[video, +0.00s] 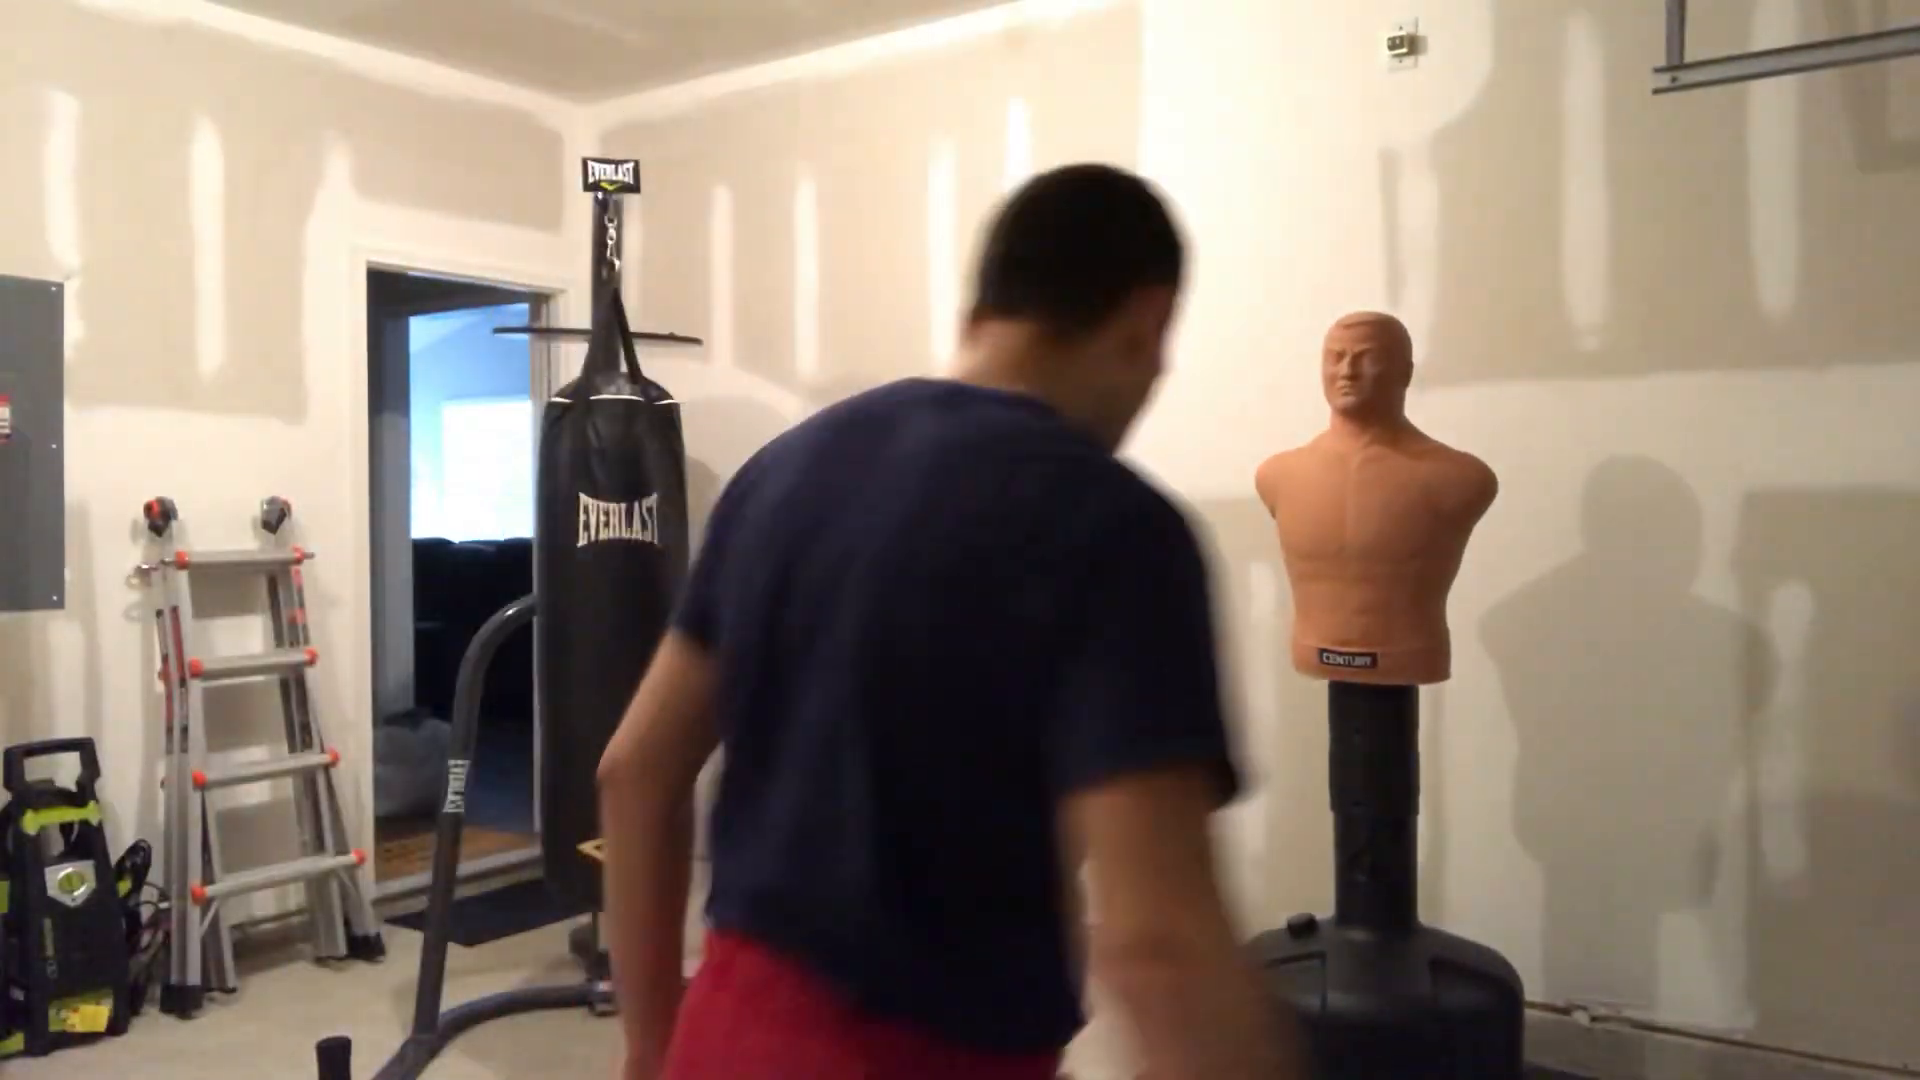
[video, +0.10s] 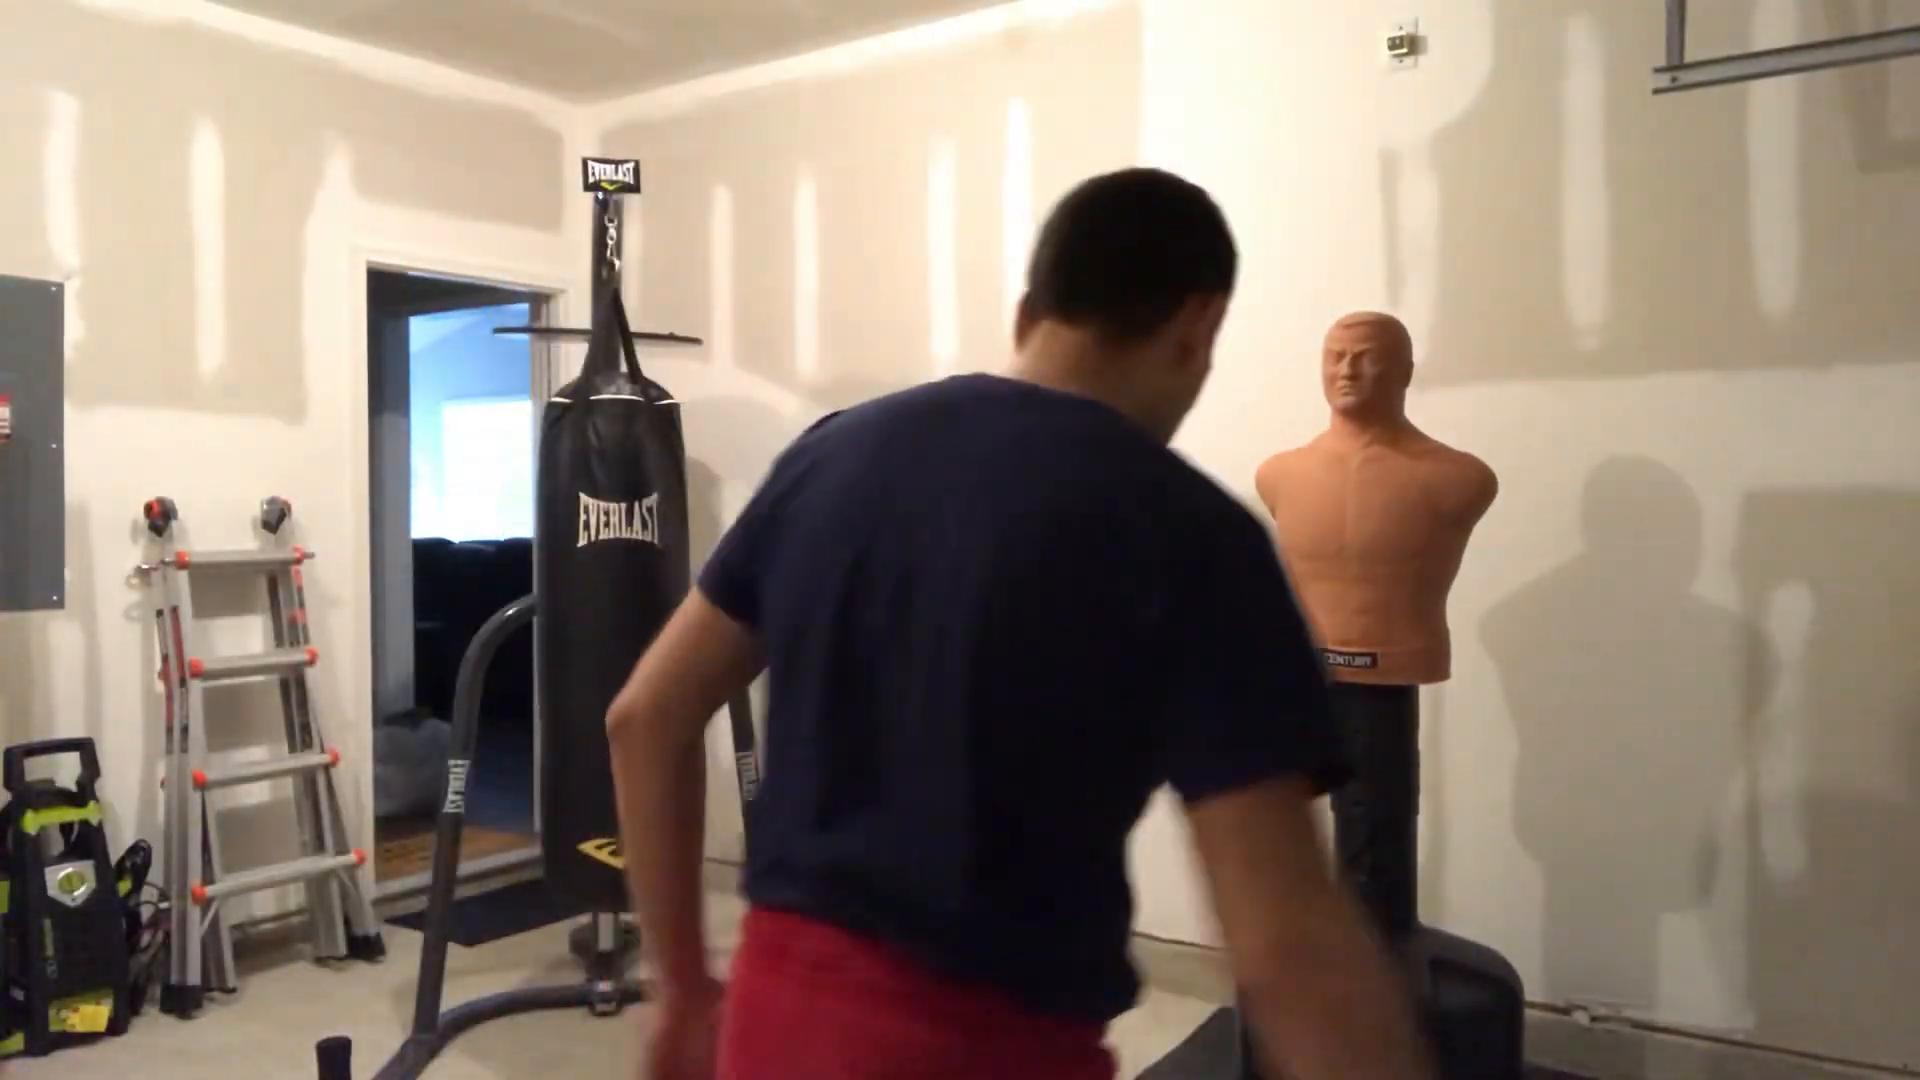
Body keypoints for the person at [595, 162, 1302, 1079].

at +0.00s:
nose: (1158, 371)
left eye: (1164, 345)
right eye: (1165, 339)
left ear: (983, 304)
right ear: (1146, 324)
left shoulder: (791, 468)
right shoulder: (1111, 526)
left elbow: (638, 770)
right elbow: (1155, 944)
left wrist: (650, 1043)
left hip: (736, 1015)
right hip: (958, 1041)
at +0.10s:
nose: (1203, 385)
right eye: (1210, 352)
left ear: (1025, 312)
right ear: (1198, 325)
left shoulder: (842, 450)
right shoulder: (1192, 534)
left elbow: (648, 717)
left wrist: (679, 982)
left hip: (778, 1005)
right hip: (1008, 1034)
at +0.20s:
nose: (1212, 372)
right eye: (1223, 345)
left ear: (1036, 320)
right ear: (1210, 323)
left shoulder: (871, 441)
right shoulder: (1230, 520)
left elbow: (658, 691)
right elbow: (1339, 903)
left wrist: (757, 916)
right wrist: (1449, 1064)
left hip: (818, 978)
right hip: (1040, 1012)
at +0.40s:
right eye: (1193, 334)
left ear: (1019, 329)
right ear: (1184, 328)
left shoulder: (884, 458)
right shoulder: (1242, 505)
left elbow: (695, 690)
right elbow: (1356, 847)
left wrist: (816, 844)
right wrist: (1341, 998)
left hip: (891, 974)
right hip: (1115, 992)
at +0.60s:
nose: (1110, 383)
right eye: (1114, 364)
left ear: (965, 364)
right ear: (1108, 361)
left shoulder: (853, 495)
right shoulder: (1173, 508)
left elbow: (711, 726)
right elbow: (1267, 794)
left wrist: (826, 850)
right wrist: (1238, 1011)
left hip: (902, 951)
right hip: (1097, 960)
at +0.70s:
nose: (1073, 373)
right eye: (1075, 353)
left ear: (935, 365)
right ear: (1065, 349)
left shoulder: (832, 487)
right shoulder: (1126, 482)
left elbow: (697, 707)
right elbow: (1194, 744)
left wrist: (831, 827)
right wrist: (1184, 956)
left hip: (890, 930)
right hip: (1062, 934)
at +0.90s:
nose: (1053, 383)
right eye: (1054, 363)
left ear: (924, 369)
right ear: (1040, 352)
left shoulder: (830, 481)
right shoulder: (1070, 460)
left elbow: (702, 679)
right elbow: (1110, 655)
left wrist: (834, 785)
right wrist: (1140, 834)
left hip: (879, 870)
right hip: (1030, 876)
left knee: (885, 1062)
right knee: (1091, 1060)